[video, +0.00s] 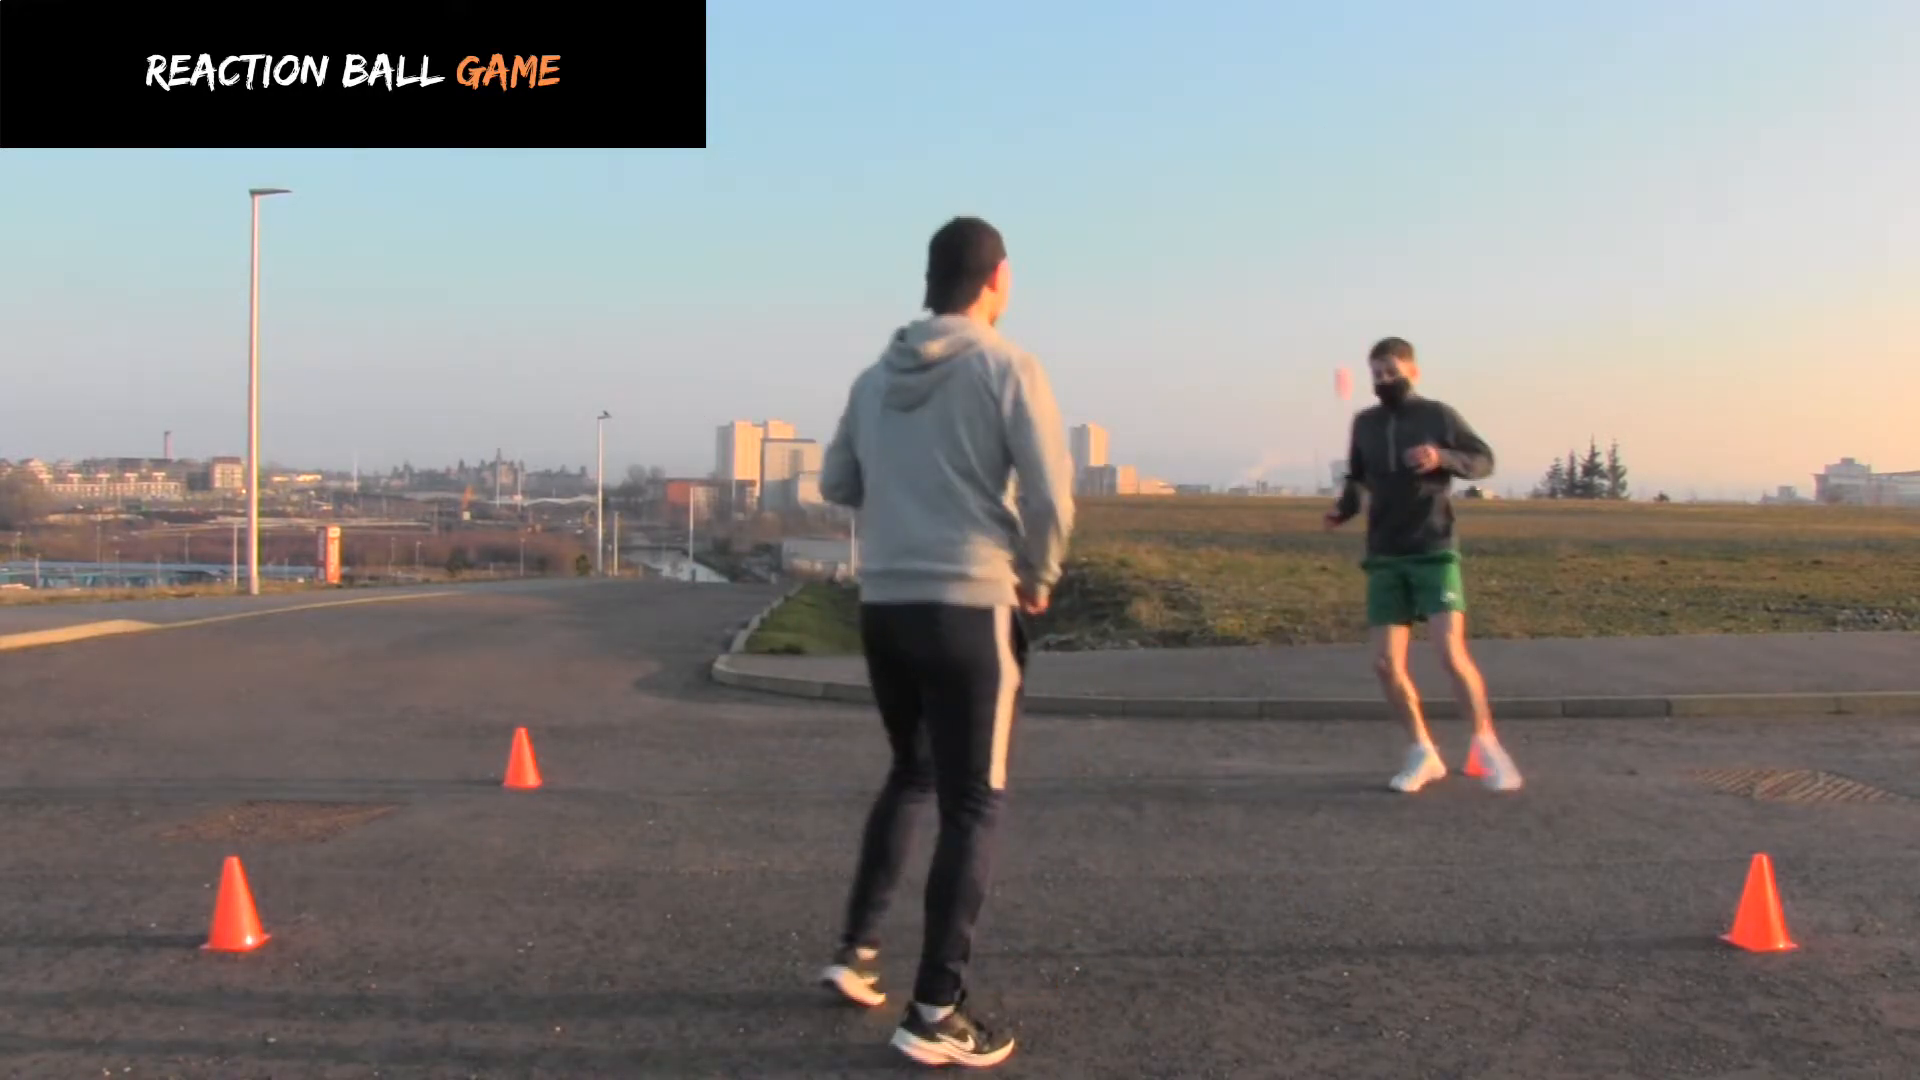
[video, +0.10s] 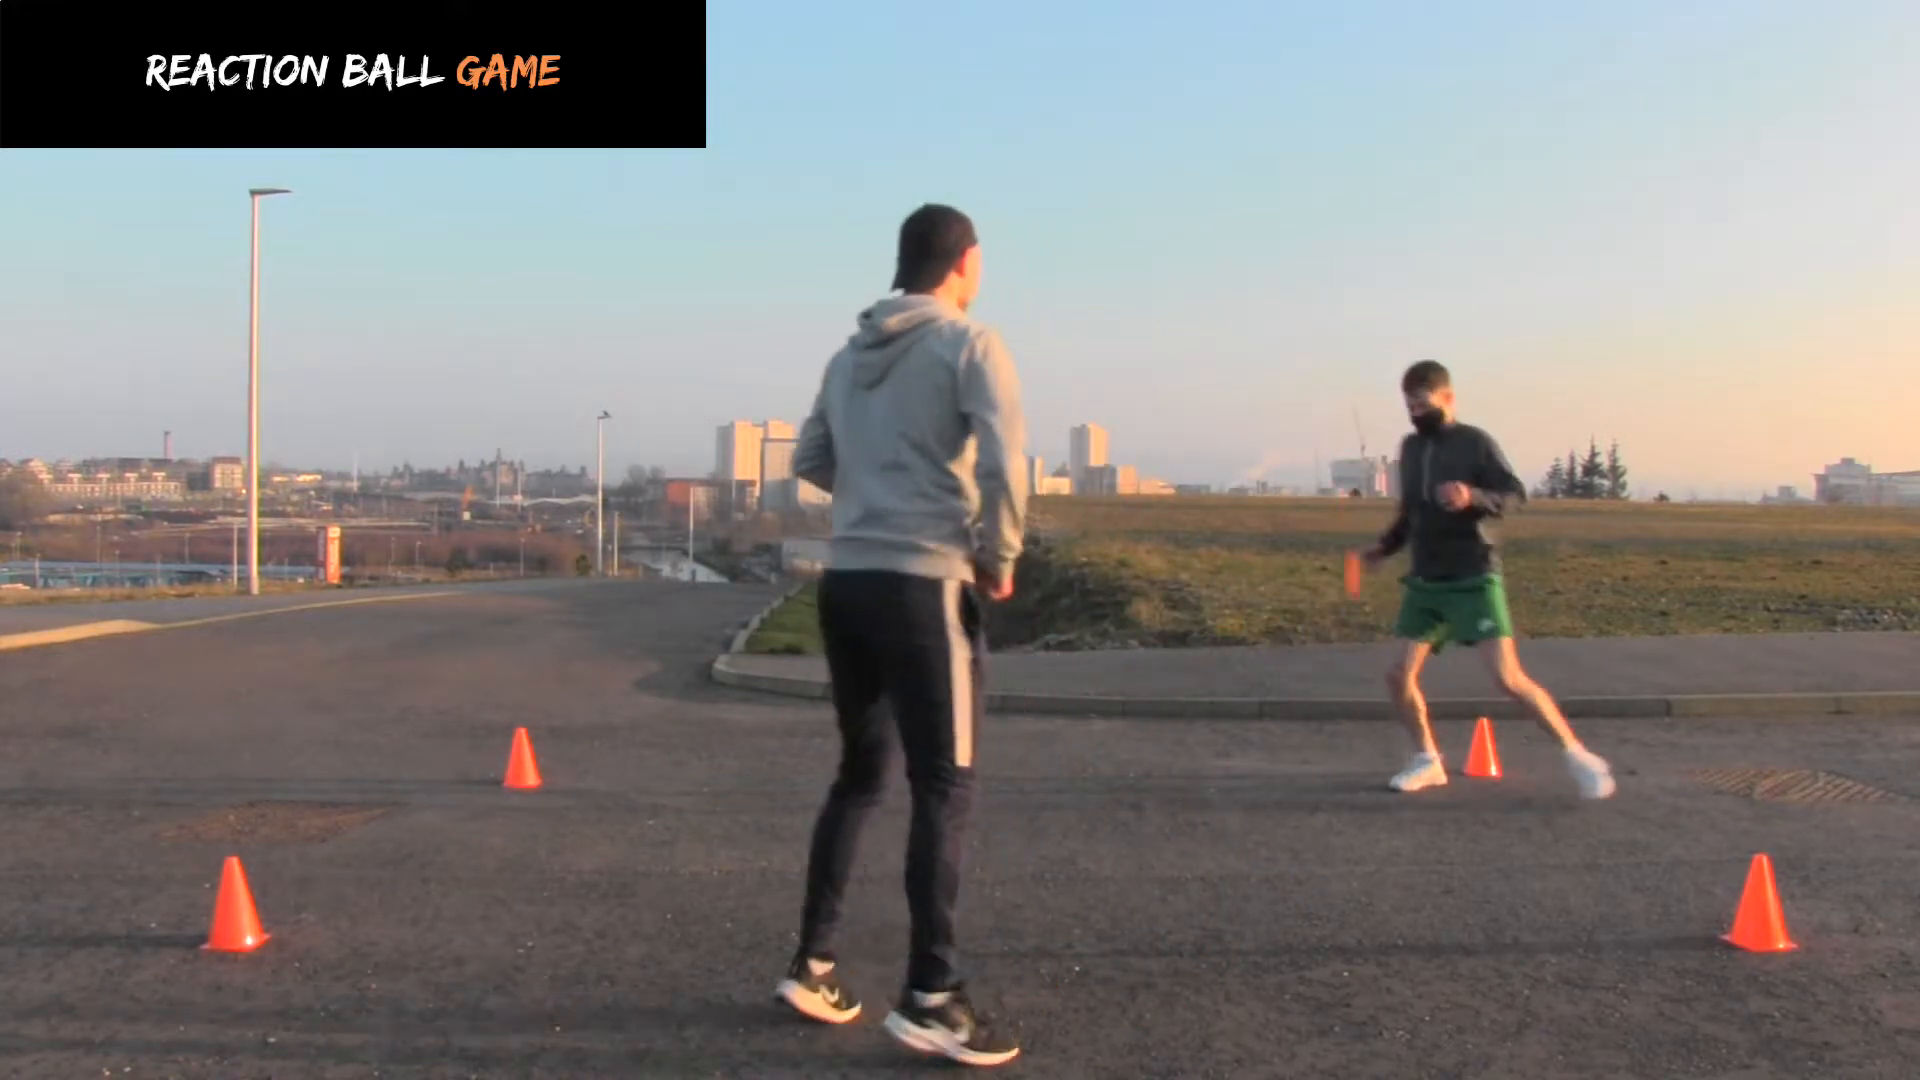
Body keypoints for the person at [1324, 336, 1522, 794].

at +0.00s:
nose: (1383, 376)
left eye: (1390, 367)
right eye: (1377, 369)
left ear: (1412, 368)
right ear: (1371, 374)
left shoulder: (1437, 415)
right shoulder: (1365, 424)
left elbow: (1483, 462)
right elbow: (1356, 479)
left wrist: (1443, 459)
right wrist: (1343, 509)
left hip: (1435, 552)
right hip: (1384, 555)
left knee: (1452, 654)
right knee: (1387, 665)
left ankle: (1485, 744)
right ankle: (1425, 752)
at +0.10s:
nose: (1415, 409)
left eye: (1423, 400)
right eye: (1410, 401)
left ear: (1448, 396)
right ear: (1406, 402)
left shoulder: (1474, 443)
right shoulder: (1412, 449)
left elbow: (1514, 497)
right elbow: (1411, 513)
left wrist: (1473, 497)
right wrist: (1383, 547)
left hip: (1477, 580)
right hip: (1427, 582)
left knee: (1508, 677)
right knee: (1400, 678)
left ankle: (1578, 756)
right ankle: (1429, 760)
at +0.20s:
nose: (1436, 425)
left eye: (1442, 416)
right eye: (1430, 417)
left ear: (1468, 408)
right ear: (1426, 415)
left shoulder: (1501, 451)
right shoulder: (1443, 460)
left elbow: (1532, 516)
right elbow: (1454, 524)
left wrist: (1491, 525)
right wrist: (1419, 562)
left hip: (1511, 589)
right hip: (1462, 587)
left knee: (1543, 687)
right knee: (1418, 672)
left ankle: (1611, 770)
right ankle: (1430, 761)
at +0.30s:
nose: (1454, 433)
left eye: (1459, 423)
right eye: (1448, 425)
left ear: (1486, 412)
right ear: (1446, 420)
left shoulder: (1520, 450)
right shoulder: (1477, 461)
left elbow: (1567, 502)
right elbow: (1498, 527)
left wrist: (1516, 536)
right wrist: (1464, 563)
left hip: (1550, 582)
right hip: (1504, 582)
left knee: (1563, 688)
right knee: (1450, 658)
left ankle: (1618, 773)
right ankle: (1477, 752)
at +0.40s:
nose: (1463, 426)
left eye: (1468, 416)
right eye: (1457, 418)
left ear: (1494, 403)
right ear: (1455, 413)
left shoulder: (1531, 439)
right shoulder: (1487, 451)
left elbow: (1581, 489)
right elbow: (1513, 519)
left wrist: (1534, 534)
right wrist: (1485, 558)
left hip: (1559, 575)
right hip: (1515, 577)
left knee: (1558, 679)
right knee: (1478, 664)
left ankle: (1617, 766)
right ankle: (1538, 733)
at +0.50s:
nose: (1483, 432)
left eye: (1490, 421)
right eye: (1477, 424)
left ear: (1514, 411)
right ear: (1472, 420)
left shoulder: (1543, 452)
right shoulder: (1492, 463)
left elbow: (1590, 504)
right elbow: (1515, 527)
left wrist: (1560, 555)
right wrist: (1500, 571)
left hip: (1570, 575)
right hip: (1531, 580)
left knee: (1540, 670)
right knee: (1522, 682)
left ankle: (1614, 761)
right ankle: (1579, 751)